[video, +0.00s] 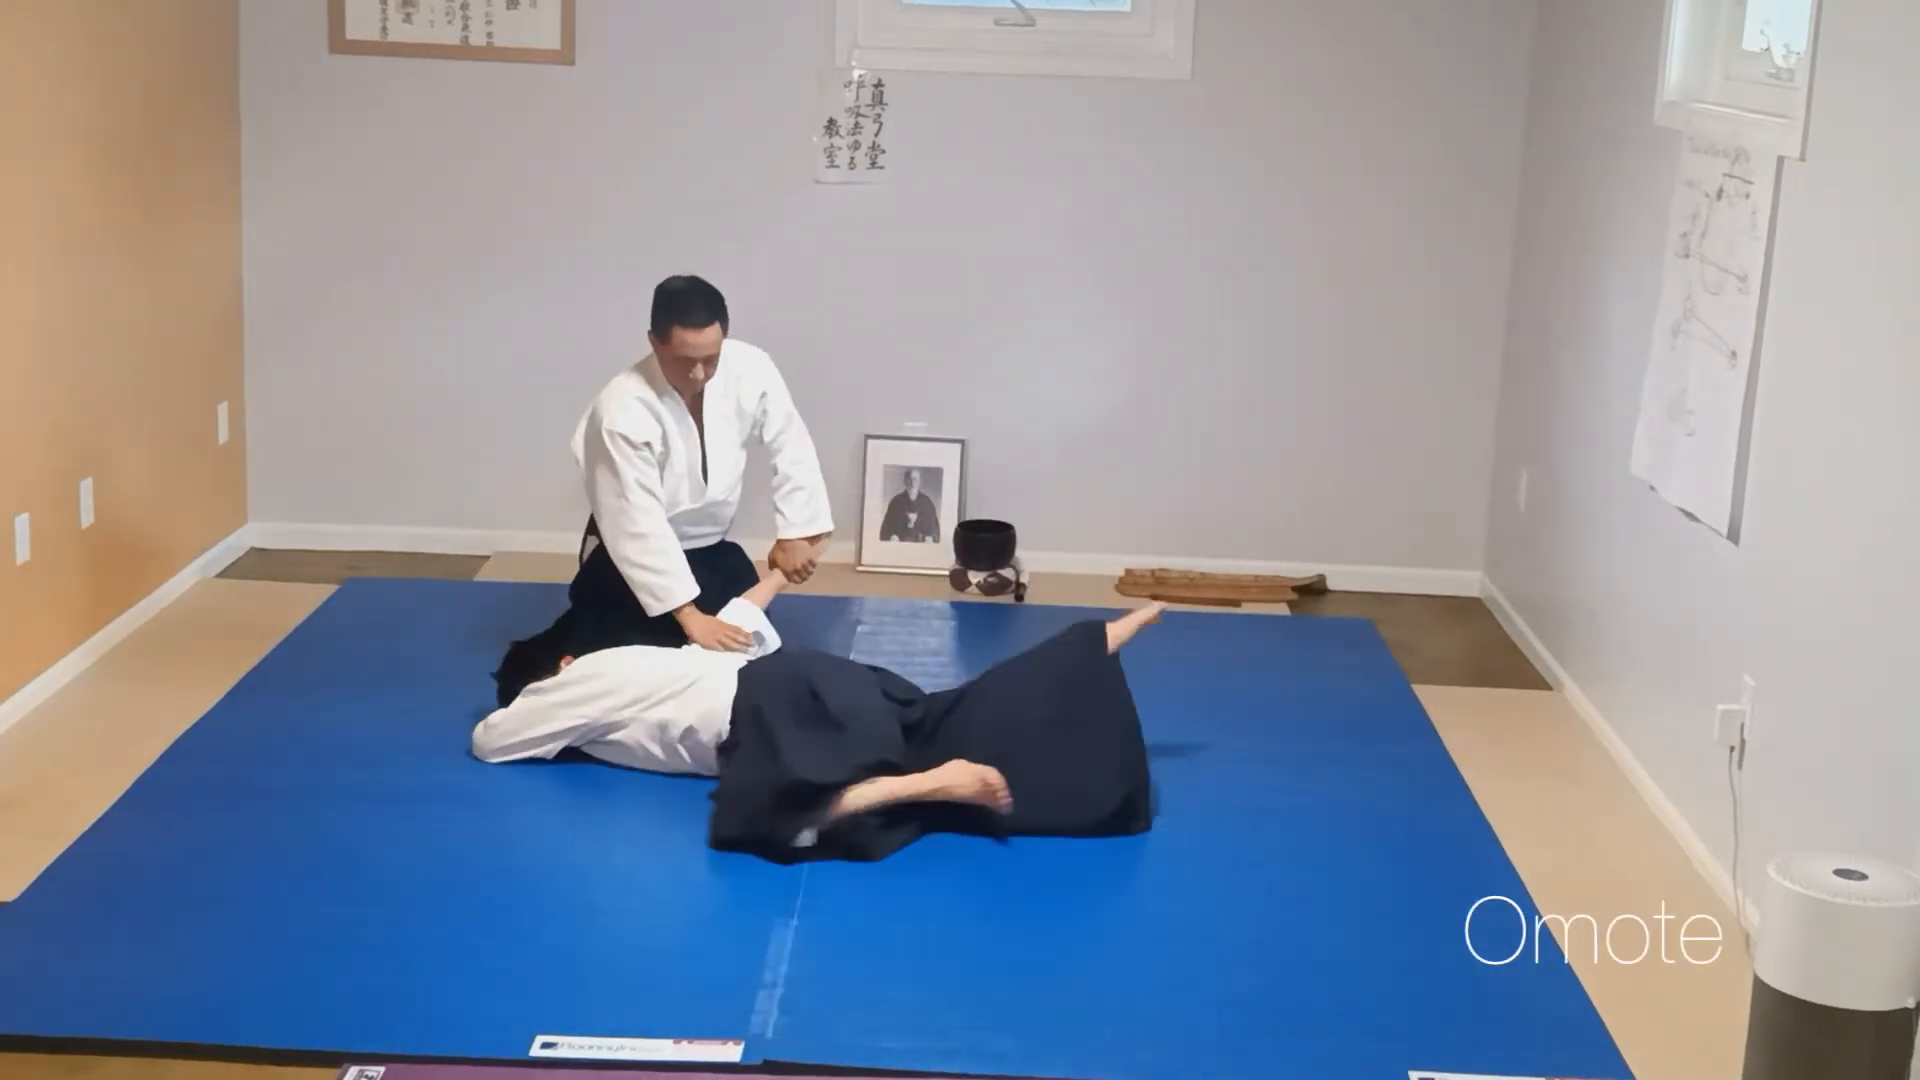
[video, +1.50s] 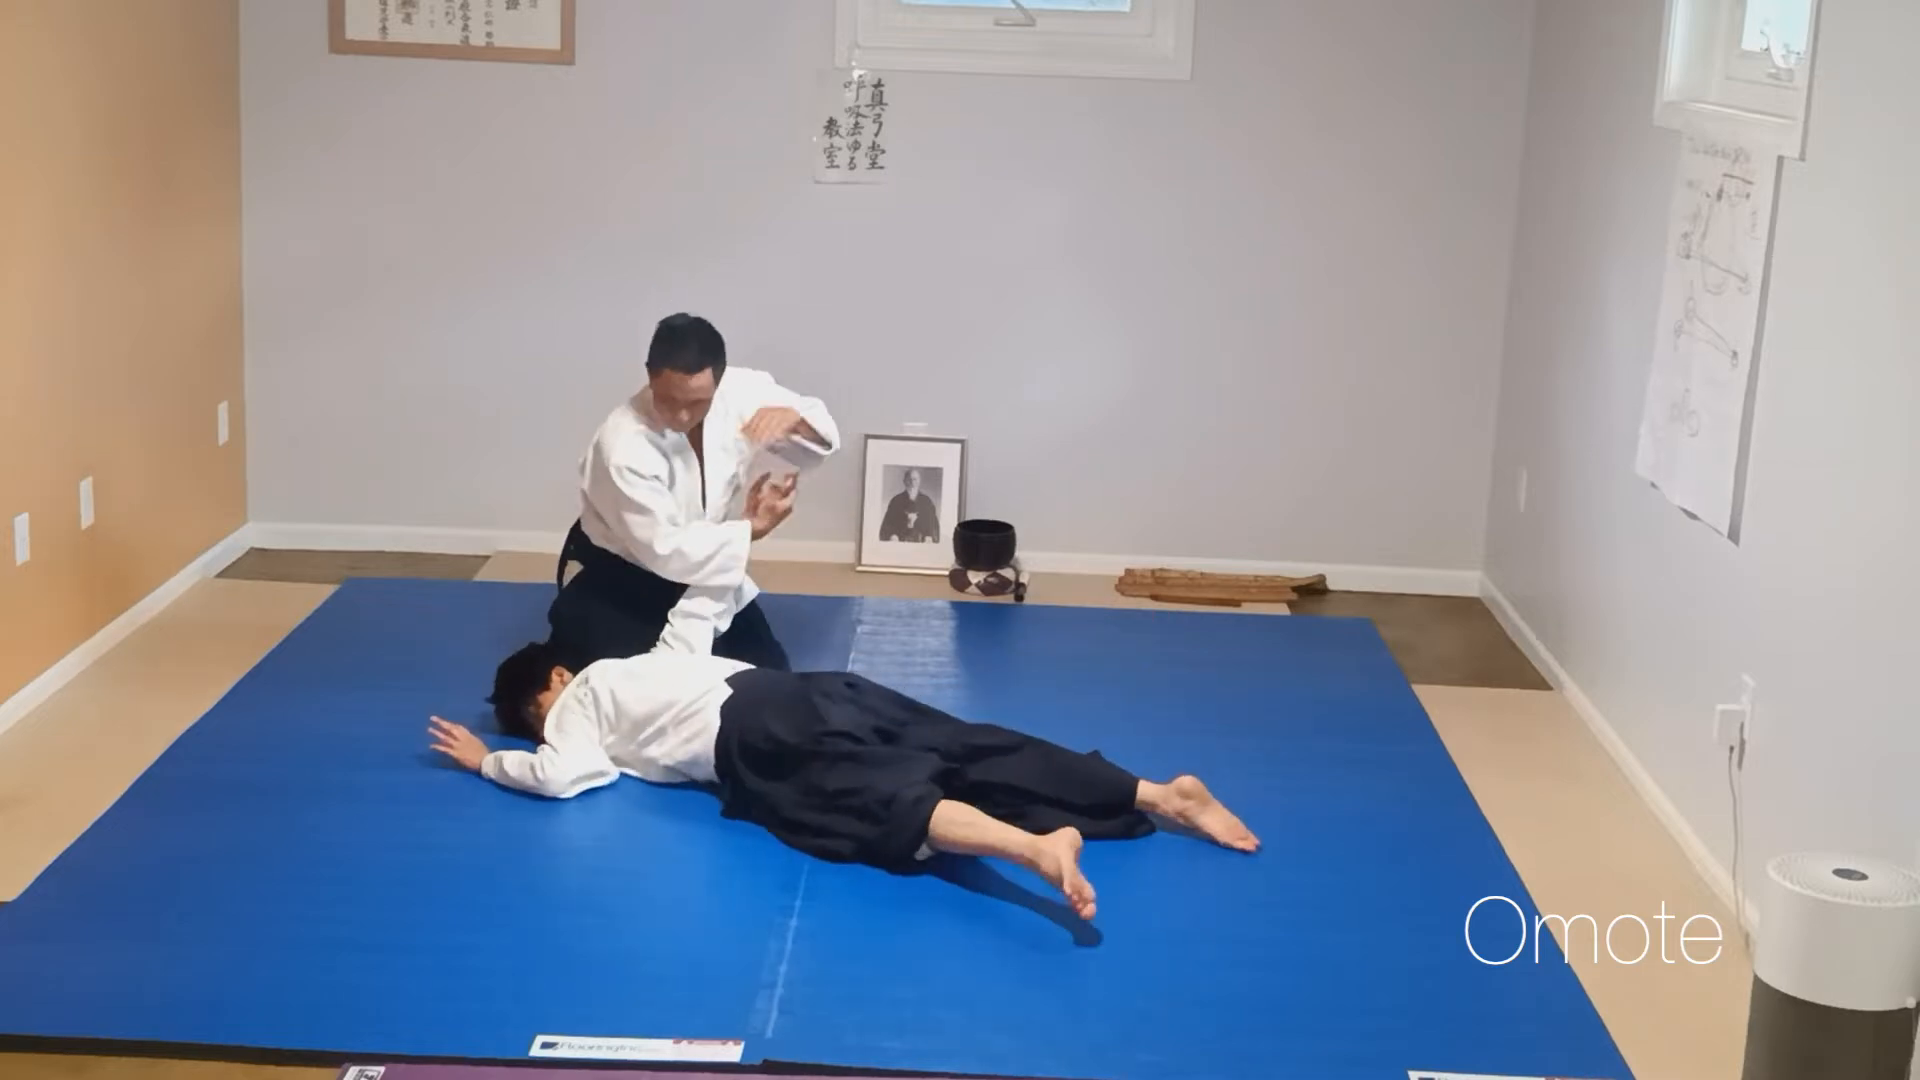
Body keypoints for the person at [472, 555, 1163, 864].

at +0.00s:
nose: (541, 708)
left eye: (536, 698)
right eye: (538, 698)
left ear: (553, 674)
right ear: (580, 653)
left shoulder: (585, 684)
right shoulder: (653, 666)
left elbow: (491, 741)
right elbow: (728, 632)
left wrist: (549, 709)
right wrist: (766, 587)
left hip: (768, 708)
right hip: (808, 673)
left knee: (779, 815)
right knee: (942, 727)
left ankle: (934, 783)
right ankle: (1096, 640)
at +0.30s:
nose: (541, 724)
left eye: (536, 711)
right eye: (537, 714)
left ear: (559, 681)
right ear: (571, 664)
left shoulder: (590, 690)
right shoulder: (648, 667)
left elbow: (540, 765)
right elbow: (732, 654)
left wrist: (473, 746)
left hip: (777, 722)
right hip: (810, 682)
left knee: (914, 817)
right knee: (971, 745)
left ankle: (1048, 760)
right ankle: (1159, 709)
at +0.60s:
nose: (544, 727)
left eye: (536, 714)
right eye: (538, 718)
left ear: (561, 684)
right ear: (579, 667)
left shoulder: (589, 698)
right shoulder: (661, 667)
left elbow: (571, 774)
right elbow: (737, 650)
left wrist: (487, 761)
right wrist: (759, 602)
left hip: (772, 726)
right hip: (810, 682)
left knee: (899, 817)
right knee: (965, 748)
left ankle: (1072, 814)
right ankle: (1165, 793)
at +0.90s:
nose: (542, 730)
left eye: (535, 714)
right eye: (538, 716)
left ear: (557, 687)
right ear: (579, 673)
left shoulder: (588, 699)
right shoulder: (674, 651)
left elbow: (564, 779)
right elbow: (750, 622)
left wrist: (482, 758)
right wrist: (769, 585)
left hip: (770, 729)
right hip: (823, 683)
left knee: (883, 809)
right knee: (975, 746)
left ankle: (1038, 861)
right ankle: (1171, 795)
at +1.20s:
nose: (548, 720)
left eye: (539, 709)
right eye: (545, 710)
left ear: (559, 687)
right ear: (577, 667)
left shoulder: (584, 702)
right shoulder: (661, 662)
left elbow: (569, 771)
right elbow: (727, 627)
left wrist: (484, 759)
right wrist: (762, 550)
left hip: (766, 728)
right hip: (815, 682)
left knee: (881, 806)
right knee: (968, 748)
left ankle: (1008, 881)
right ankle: (1165, 797)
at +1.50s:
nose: (534, 726)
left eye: (527, 712)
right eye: (530, 712)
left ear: (547, 692)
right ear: (570, 668)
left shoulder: (575, 706)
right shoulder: (652, 653)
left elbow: (560, 778)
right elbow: (708, 623)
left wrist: (483, 759)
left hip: (754, 737)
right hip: (806, 687)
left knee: (885, 806)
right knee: (965, 745)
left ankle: (1035, 847)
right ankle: (1165, 795)